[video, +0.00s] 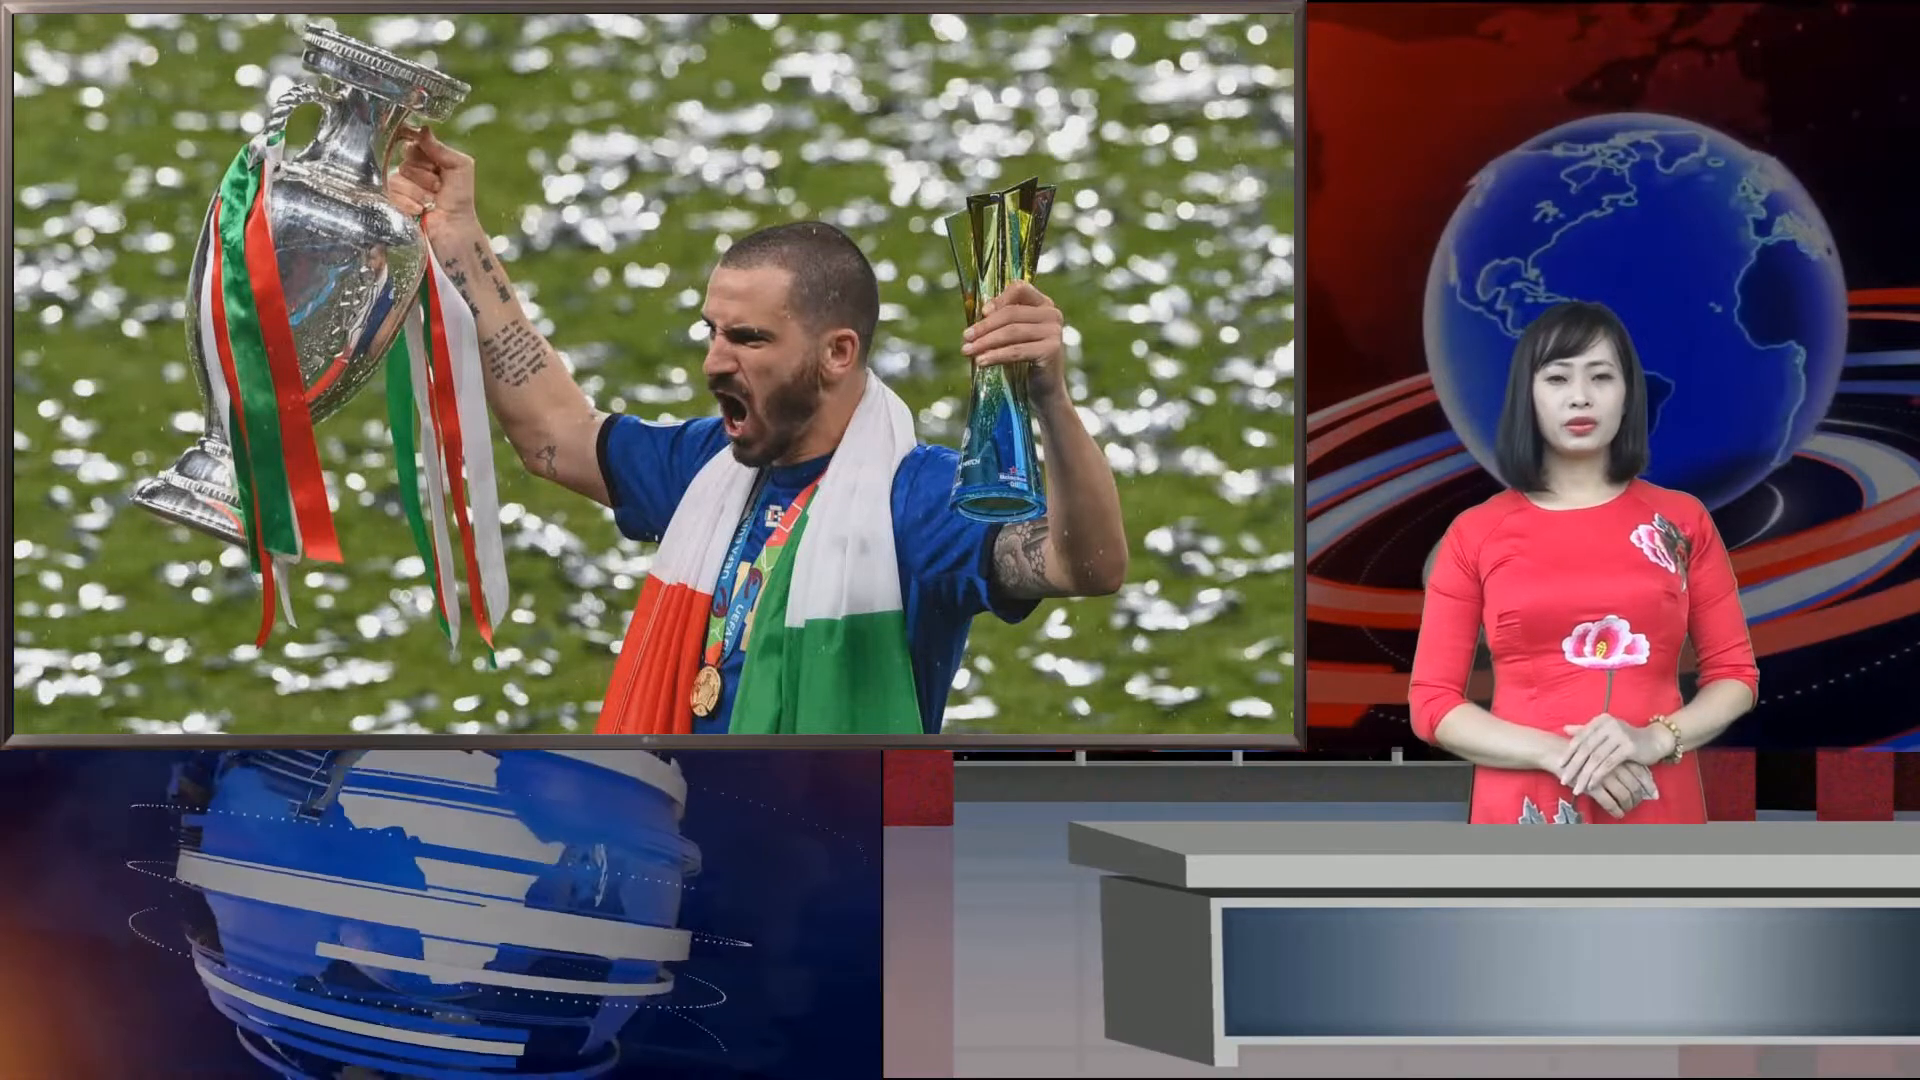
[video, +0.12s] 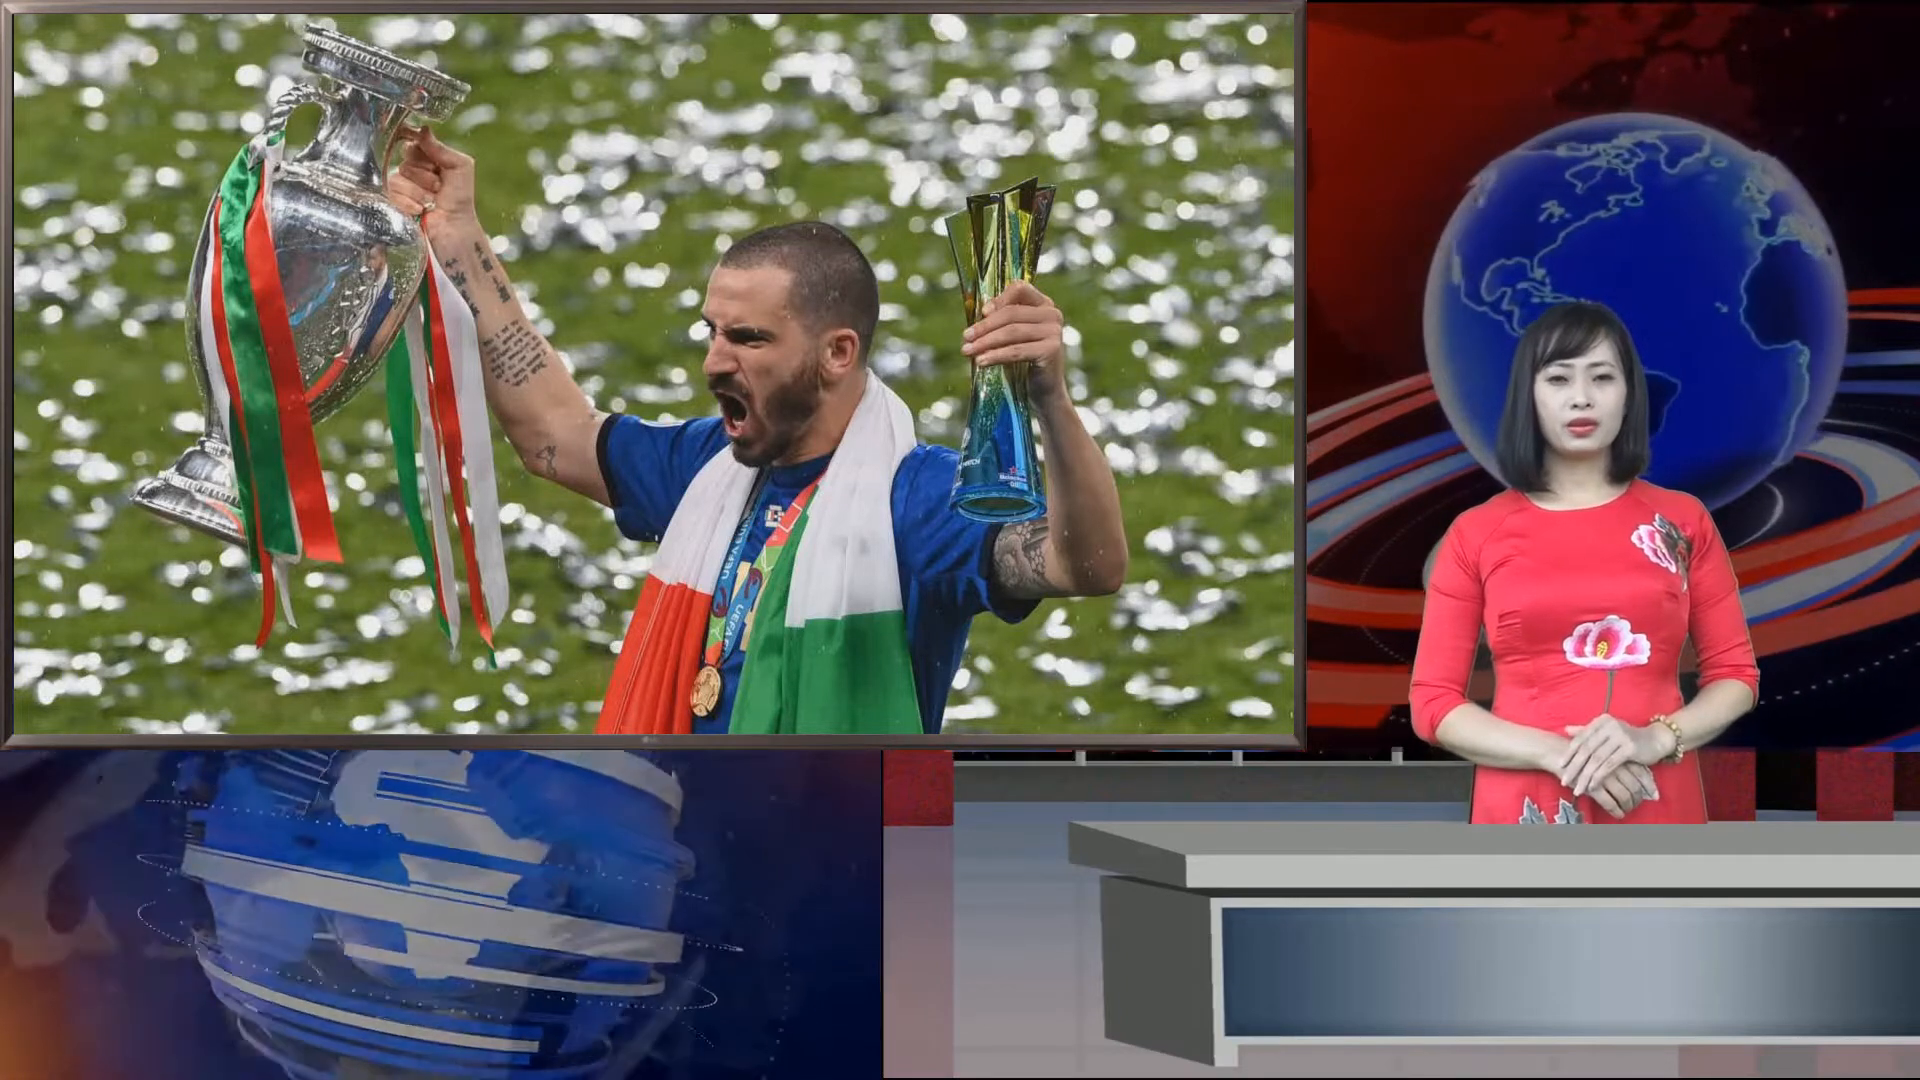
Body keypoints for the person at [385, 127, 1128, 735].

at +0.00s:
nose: (713, 362)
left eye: (747, 339)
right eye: (711, 333)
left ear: (839, 355)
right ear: (705, 327)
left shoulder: (915, 493)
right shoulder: (703, 466)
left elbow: (1090, 563)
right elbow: (557, 438)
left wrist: (1049, 399)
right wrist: (465, 254)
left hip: (830, 898)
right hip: (671, 882)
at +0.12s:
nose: (713, 362)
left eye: (747, 339)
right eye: (711, 333)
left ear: (839, 355)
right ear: (705, 327)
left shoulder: (915, 493)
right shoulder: (703, 466)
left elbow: (1090, 563)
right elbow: (557, 438)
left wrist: (1049, 399)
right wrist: (465, 254)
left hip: (832, 903)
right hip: (675, 890)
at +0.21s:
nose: (713, 362)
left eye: (747, 339)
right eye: (711, 333)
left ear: (839, 355)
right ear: (705, 327)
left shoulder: (914, 493)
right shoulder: (703, 466)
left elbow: (1089, 563)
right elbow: (557, 438)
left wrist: (1049, 399)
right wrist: (465, 254)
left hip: (832, 900)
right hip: (675, 889)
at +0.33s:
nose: (713, 361)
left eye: (747, 339)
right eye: (711, 333)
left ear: (839, 355)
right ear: (705, 327)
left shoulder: (915, 493)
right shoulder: (703, 465)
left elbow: (1089, 563)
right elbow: (557, 438)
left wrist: (1049, 398)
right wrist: (465, 255)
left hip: (828, 894)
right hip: (672, 882)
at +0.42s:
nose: (713, 362)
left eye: (747, 339)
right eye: (711, 333)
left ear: (839, 355)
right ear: (705, 327)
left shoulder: (915, 493)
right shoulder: (703, 466)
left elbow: (1090, 563)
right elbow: (557, 438)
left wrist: (1049, 398)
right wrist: (465, 254)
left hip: (829, 897)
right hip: (673, 883)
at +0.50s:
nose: (713, 361)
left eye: (747, 339)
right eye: (711, 333)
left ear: (839, 355)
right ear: (705, 327)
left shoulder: (914, 493)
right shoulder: (703, 465)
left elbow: (1089, 563)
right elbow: (557, 438)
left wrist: (1049, 398)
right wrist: (465, 255)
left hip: (831, 897)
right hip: (672, 886)